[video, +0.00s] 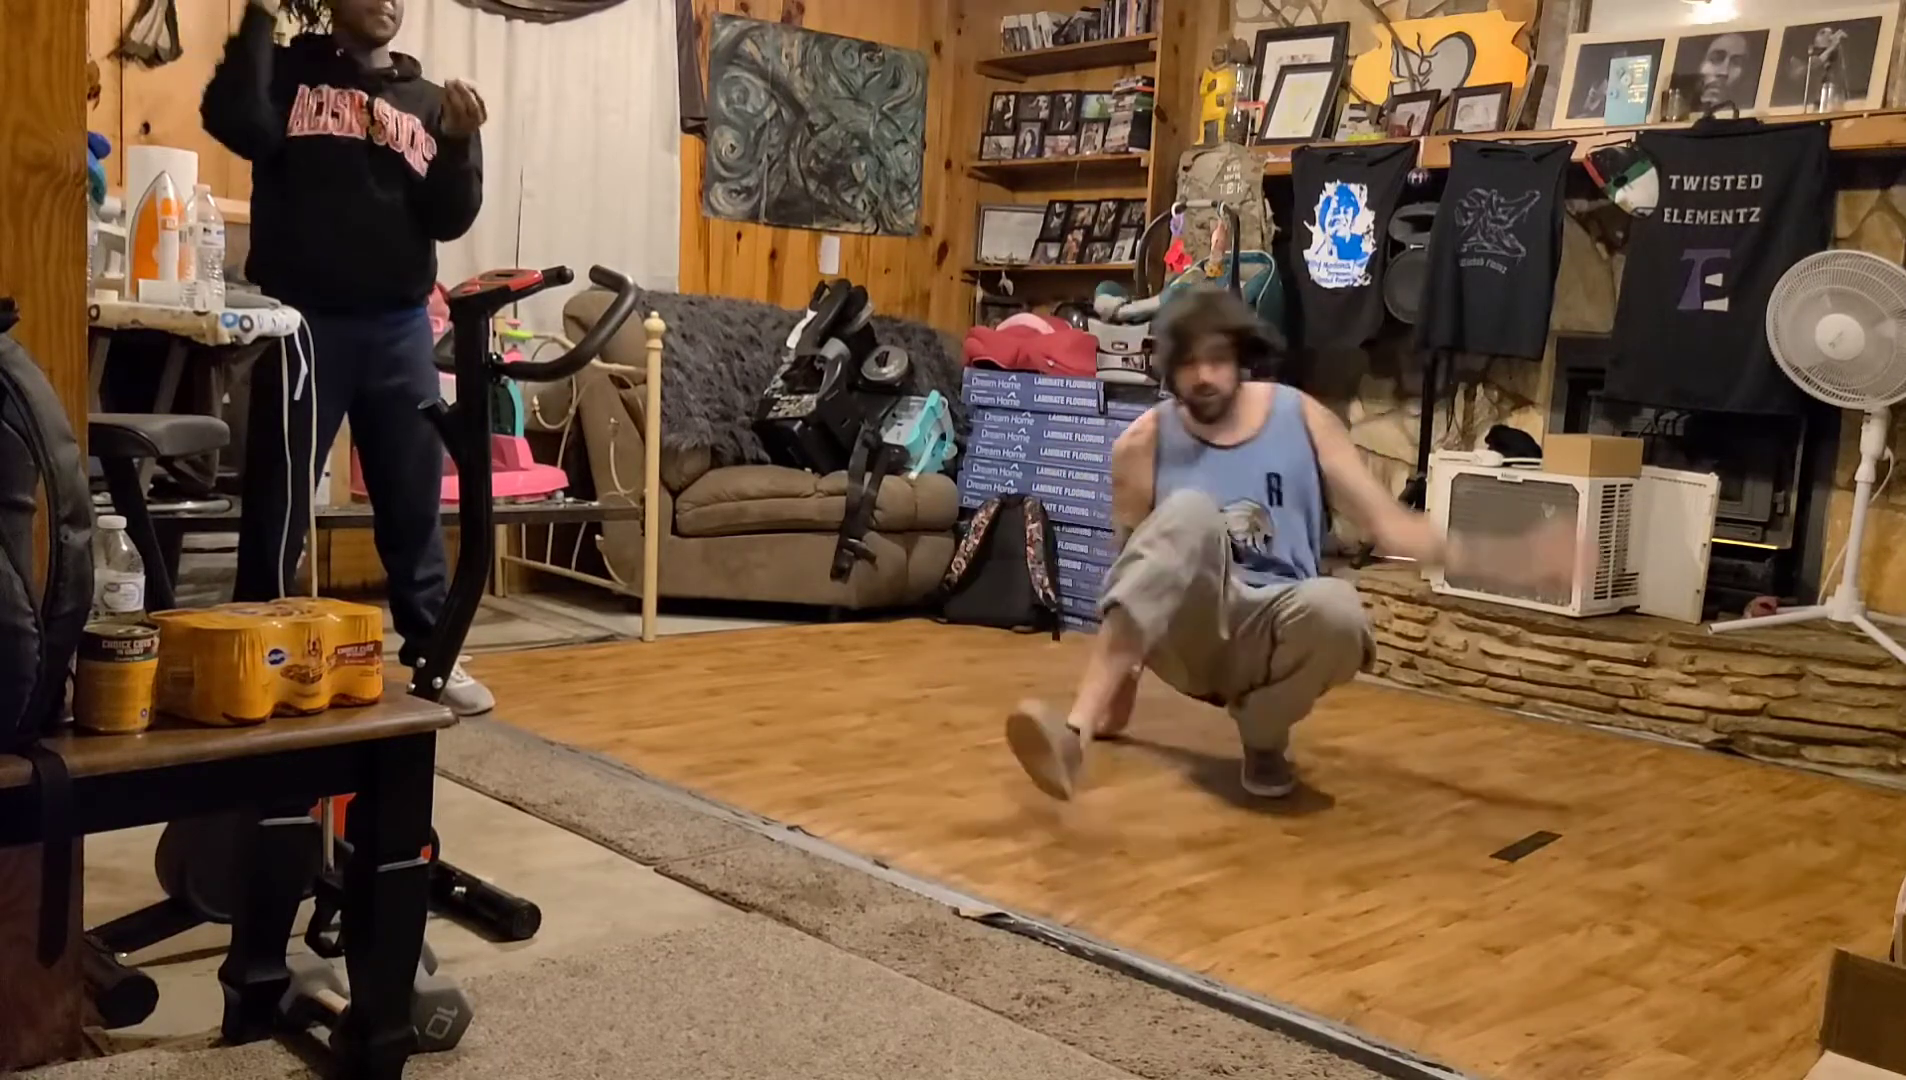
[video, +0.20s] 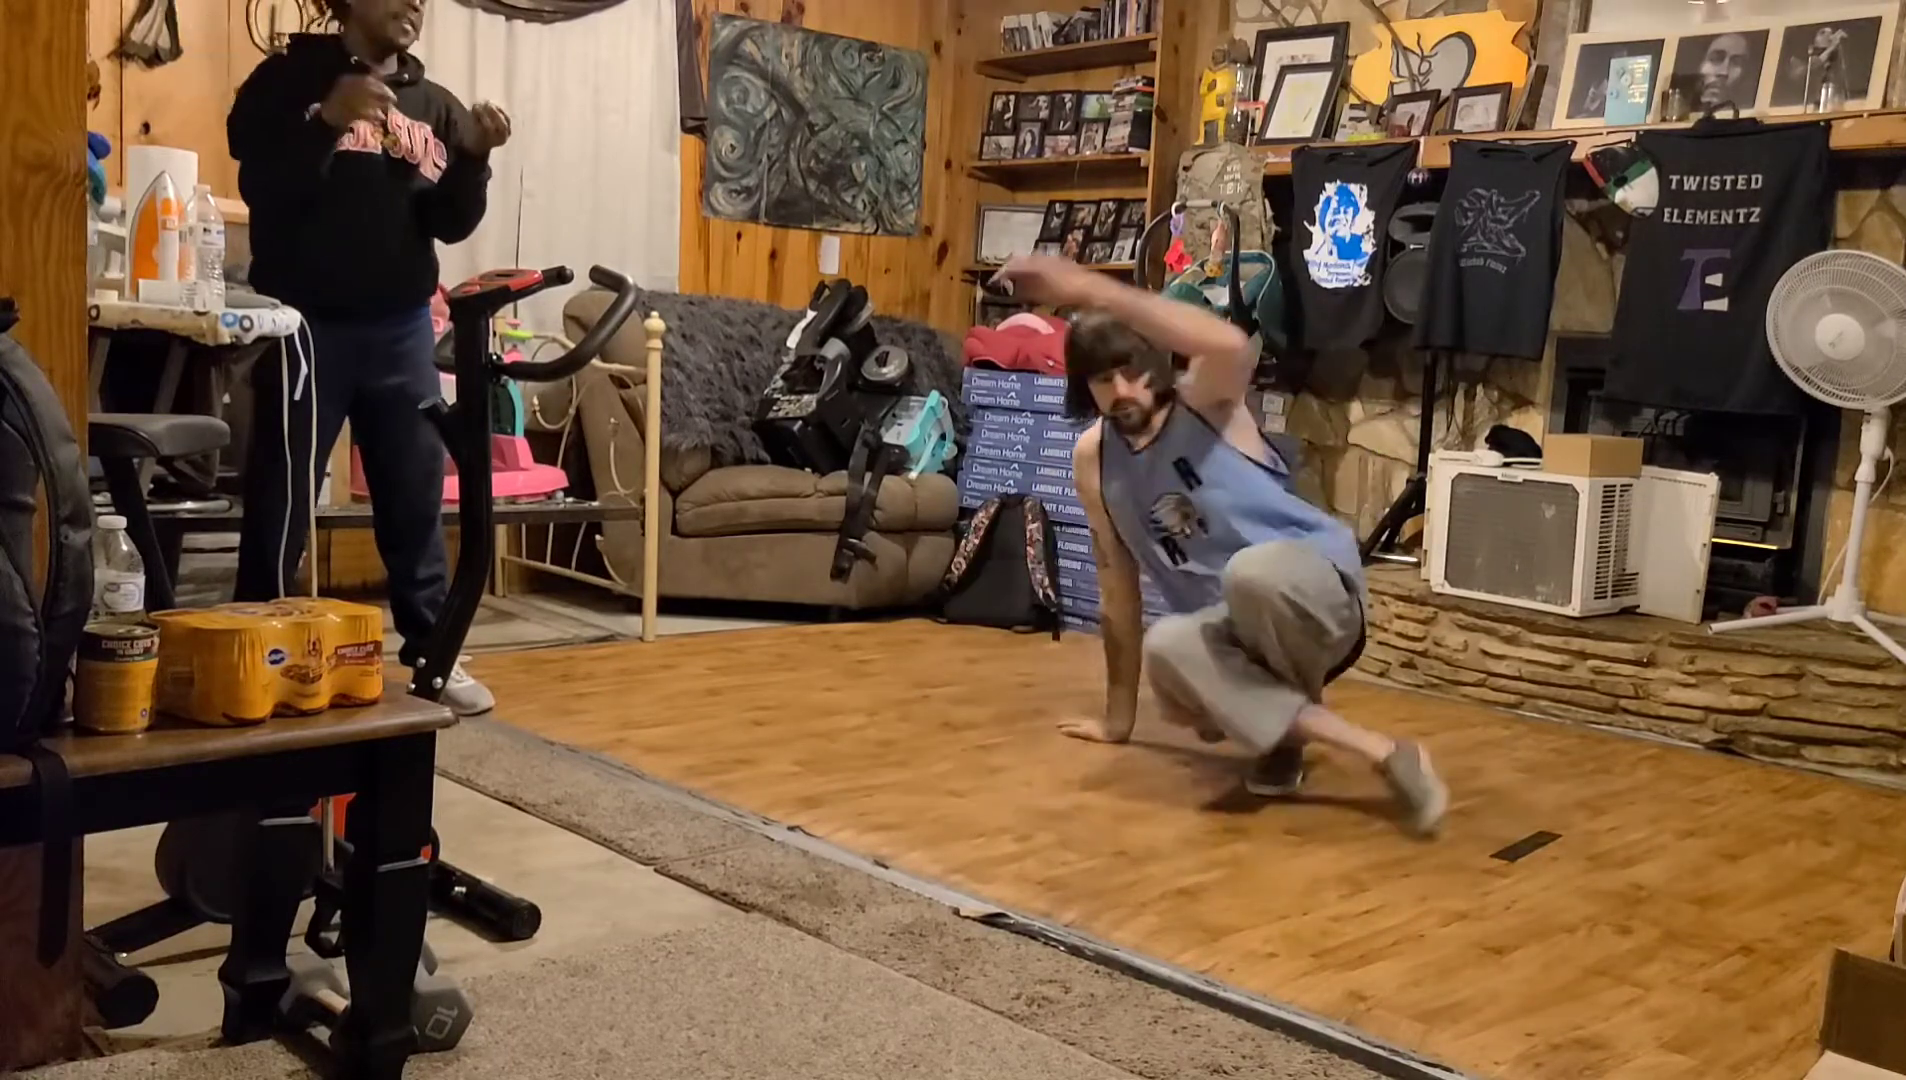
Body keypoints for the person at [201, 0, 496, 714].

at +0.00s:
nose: (386, 3)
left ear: (401, 11)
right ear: (331, 2)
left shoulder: (429, 99)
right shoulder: (287, 63)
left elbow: (448, 220)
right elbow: (234, 121)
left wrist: (463, 141)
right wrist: (257, 22)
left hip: (398, 325)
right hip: (298, 322)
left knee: (413, 499)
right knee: (278, 499)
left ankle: (432, 658)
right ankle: (252, 660)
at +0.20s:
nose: (414, 10)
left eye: (417, 3)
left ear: (415, 16)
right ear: (344, 4)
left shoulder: (435, 105)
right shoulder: (290, 74)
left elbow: (448, 224)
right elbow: (247, 149)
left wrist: (474, 156)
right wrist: (326, 117)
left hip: (400, 327)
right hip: (303, 326)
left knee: (415, 498)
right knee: (280, 499)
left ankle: (432, 656)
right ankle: (253, 660)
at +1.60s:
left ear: (477, 12)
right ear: (403, 8)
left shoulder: (508, 117)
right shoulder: (351, 89)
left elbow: (530, 236)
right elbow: (302, 186)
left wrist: (455, 249)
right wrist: (320, 204)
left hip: (451, 334)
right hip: (356, 327)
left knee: (449, 502)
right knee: (333, 495)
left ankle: (434, 661)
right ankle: (308, 657)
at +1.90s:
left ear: (417, 7)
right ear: (334, 5)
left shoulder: (456, 112)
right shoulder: (293, 93)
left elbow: (472, 245)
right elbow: (274, 197)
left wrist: (424, 333)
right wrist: (217, 214)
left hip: (416, 334)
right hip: (317, 329)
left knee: (433, 497)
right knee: (314, 494)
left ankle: (433, 657)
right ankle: (305, 654)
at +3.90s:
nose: (258, 17)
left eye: (278, 4)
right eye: (249, 3)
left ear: (320, 11)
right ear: (236, 8)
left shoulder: (373, 97)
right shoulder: (206, 97)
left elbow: (406, 226)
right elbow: (177, 215)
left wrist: (357, 322)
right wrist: (208, 316)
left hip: (376, 309)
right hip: (275, 314)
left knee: (409, 482)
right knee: (292, 488)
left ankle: (442, 653)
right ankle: (298, 650)